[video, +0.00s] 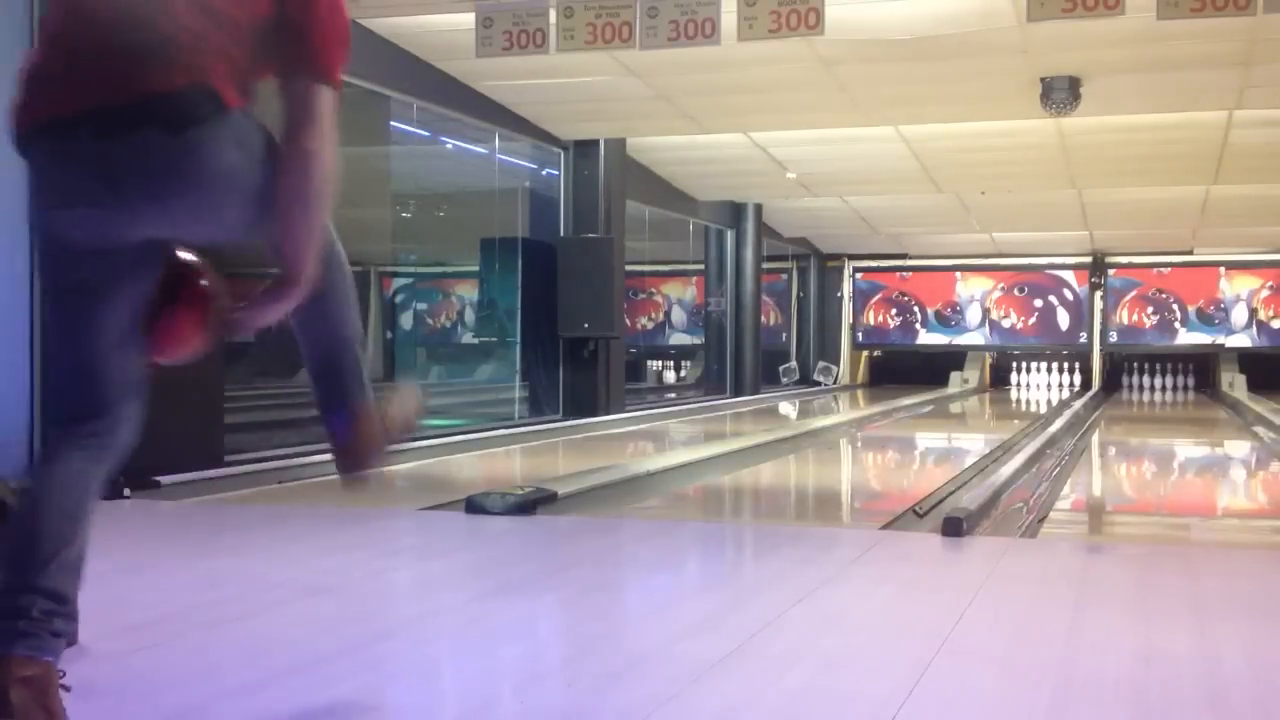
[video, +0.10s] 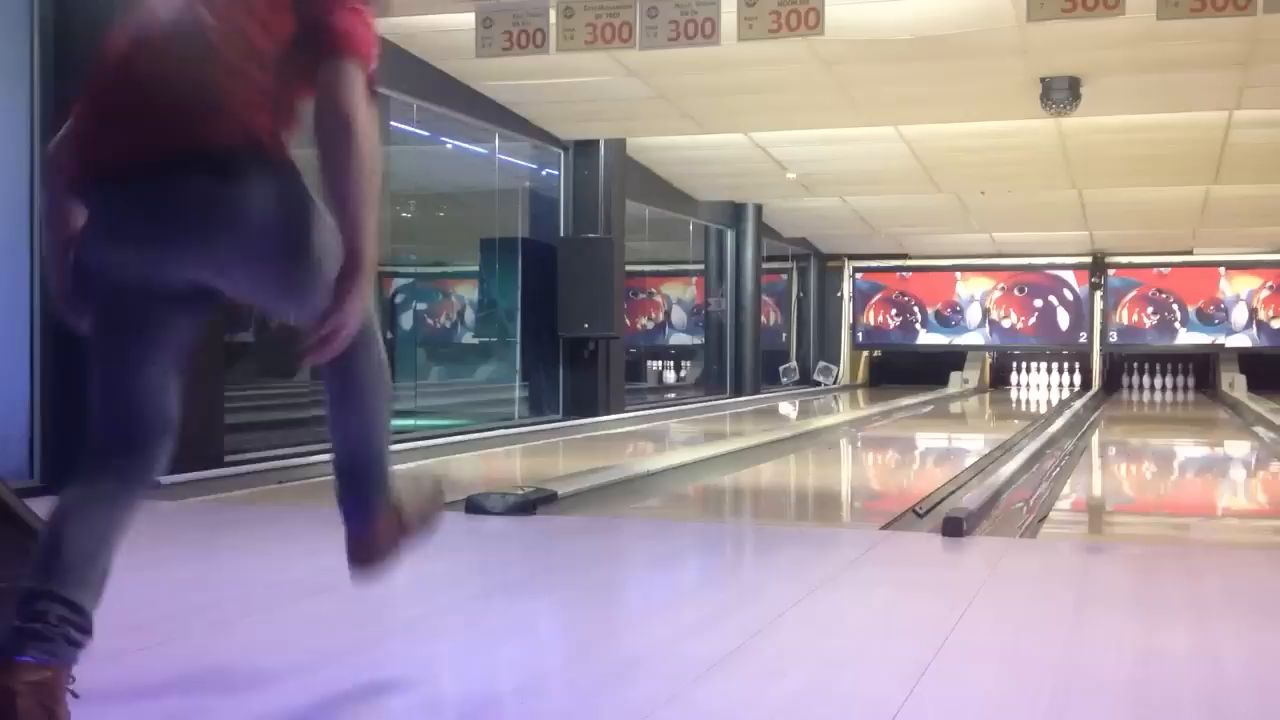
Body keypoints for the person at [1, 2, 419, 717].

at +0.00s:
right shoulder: (306, 3)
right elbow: (309, 134)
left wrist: (156, 262)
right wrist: (296, 277)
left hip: (62, 161)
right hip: (186, 145)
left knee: (90, 421)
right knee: (311, 239)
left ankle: (28, 650)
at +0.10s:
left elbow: (60, 154)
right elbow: (344, 105)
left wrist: (60, 251)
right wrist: (360, 268)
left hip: (120, 209)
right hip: (233, 192)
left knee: (123, 447)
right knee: (345, 320)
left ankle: (38, 656)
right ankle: (371, 518)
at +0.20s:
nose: (415, 40)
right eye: (421, 27)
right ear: (405, 11)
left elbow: (110, 112)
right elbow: (346, 37)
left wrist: (96, 220)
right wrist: (308, 193)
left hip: (182, 241)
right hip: (290, 239)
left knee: (161, 477)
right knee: (380, 404)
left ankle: (52, 645)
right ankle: (398, 575)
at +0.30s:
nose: (514, 32)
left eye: (519, 21)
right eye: (515, 17)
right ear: (491, 6)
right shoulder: (453, 28)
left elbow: (218, 82)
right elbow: (351, 24)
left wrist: (170, 157)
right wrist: (243, 134)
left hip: (255, 257)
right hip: (344, 253)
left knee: (207, 465)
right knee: (415, 423)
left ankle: (77, 606)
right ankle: (407, 605)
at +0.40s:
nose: (574, 75)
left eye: (579, 59)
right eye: (576, 57)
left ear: (516, 22)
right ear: (558, 45)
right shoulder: (498, 61)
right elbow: (390, 54)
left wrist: (245, 142)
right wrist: (289, 130)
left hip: (303, 261)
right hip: (381, 259)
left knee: (307, 467)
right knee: (455, 425)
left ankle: (165, 548)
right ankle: (416, 607)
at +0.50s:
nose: (622, 108)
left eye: (628, 95)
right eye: (625, 92)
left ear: (573, 65)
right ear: (603, 82)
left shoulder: (508, 89)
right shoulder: (548, 102)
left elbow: (382, 123)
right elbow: (455, 91)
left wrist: (278, 195)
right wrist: (374, 154)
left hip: (334, 268)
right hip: (403, 269)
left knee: (396, 445)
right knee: (469, 434)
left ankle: (291, 544)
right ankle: (416, 606)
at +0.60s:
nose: (656, 144)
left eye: (662, 132)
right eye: (658, 129)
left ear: (611, 105)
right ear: (637, 120)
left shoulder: (560, 131)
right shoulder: (580, 143)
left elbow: (428, 162)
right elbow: (493, 153)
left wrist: (351, 228)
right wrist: (446, 216)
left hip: (385, 278)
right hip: (424, 286)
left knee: (461, 439)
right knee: (477, 450)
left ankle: (410, 585)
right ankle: (413, 604)